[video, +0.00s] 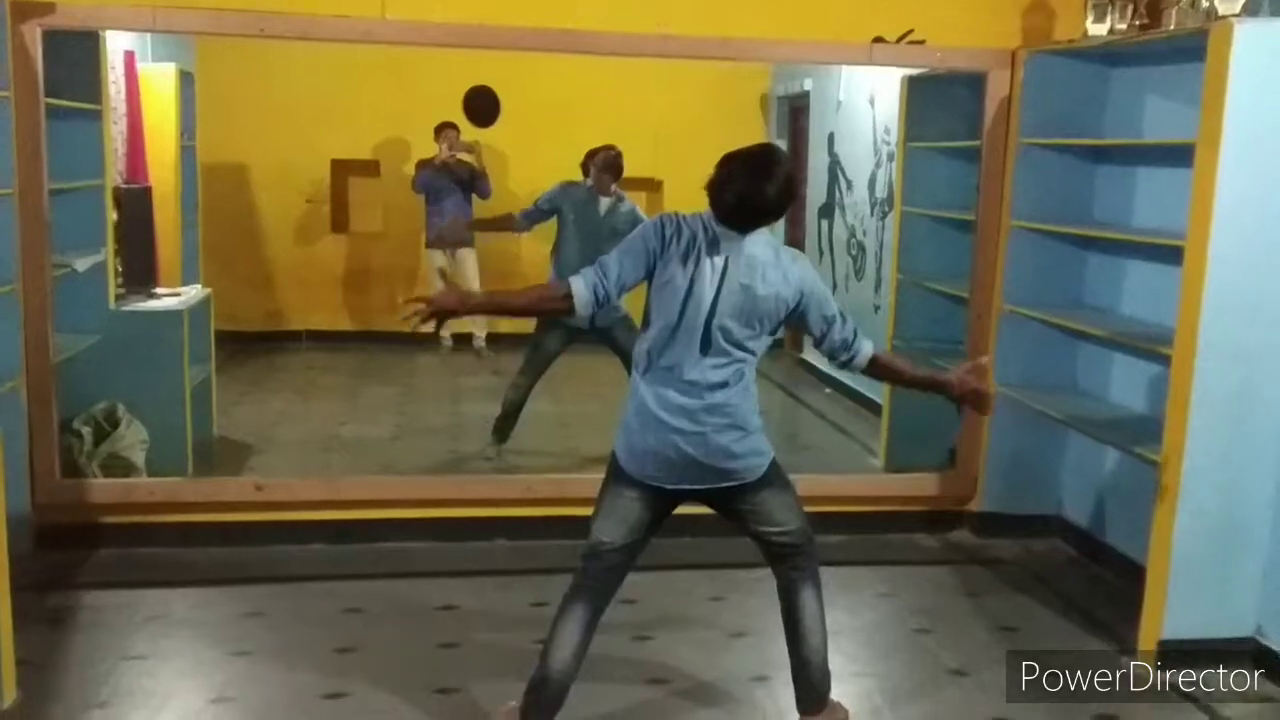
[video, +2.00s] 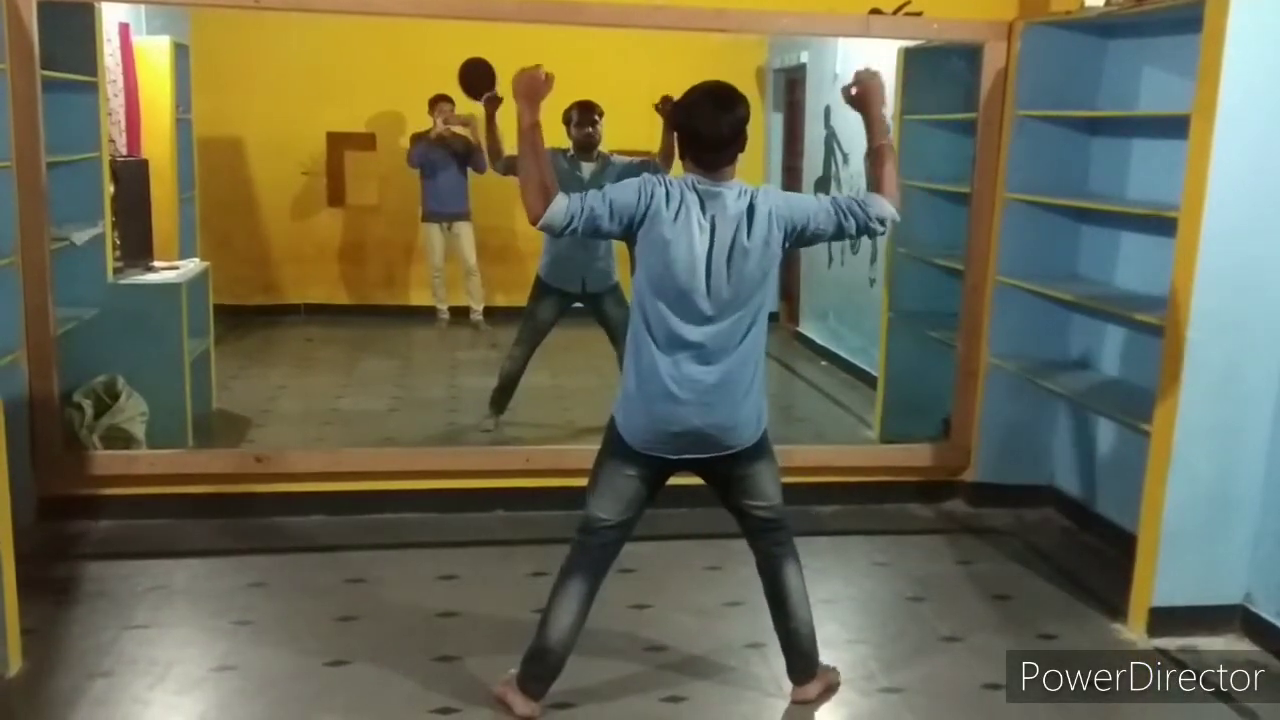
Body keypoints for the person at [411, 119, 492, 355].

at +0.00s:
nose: (448, 142)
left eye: (452, 138)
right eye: (444, 138)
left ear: (459, 141)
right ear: (437, 141)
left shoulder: (466, 167)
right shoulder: (426, 166)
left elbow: (484, 192)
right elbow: (418, 187)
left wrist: (478, 162)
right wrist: (438, 162)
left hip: (463, 238)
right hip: (436, 239)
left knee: (472, 289)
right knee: (440, 290)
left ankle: (479, 338)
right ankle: (444, 337)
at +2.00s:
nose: (445, 116)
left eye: (449, 111)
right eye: (440, 111)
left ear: (454, 114)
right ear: (432, 114)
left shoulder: (461, 141)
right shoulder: (421, 140)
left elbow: (481, 167)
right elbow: (413, 161)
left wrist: (473, 136)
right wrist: (433, 135)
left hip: (460, 214)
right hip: (433, 215)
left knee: (471, 266)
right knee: (436, 267)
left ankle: (477, 313)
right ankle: (442, 312)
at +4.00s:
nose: (440, 115)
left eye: (444, 111)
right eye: (435, 110)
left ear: (450, 113)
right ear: (427, 113)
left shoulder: (456, 140)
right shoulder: (416, 138)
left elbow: (476, 165)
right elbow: (410, 161)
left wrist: (470, 133)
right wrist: (429, 134)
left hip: (456, 213)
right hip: (428, 214)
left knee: (466, 264)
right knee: (433, 267)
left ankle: (473, 313)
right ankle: (438, 311)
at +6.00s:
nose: (440, 111)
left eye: (444, 106)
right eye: (435, 106)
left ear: (449, 109)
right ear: (427, 108)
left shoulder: (456, 136)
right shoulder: (416, 134)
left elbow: (474, 162)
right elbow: (415, 161)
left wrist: (470, 133)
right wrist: (434, 135)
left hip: (455, 210)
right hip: (428, 210)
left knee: (467, 262)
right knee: (432, 264)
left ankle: (473, 309)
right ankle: (437, 308)